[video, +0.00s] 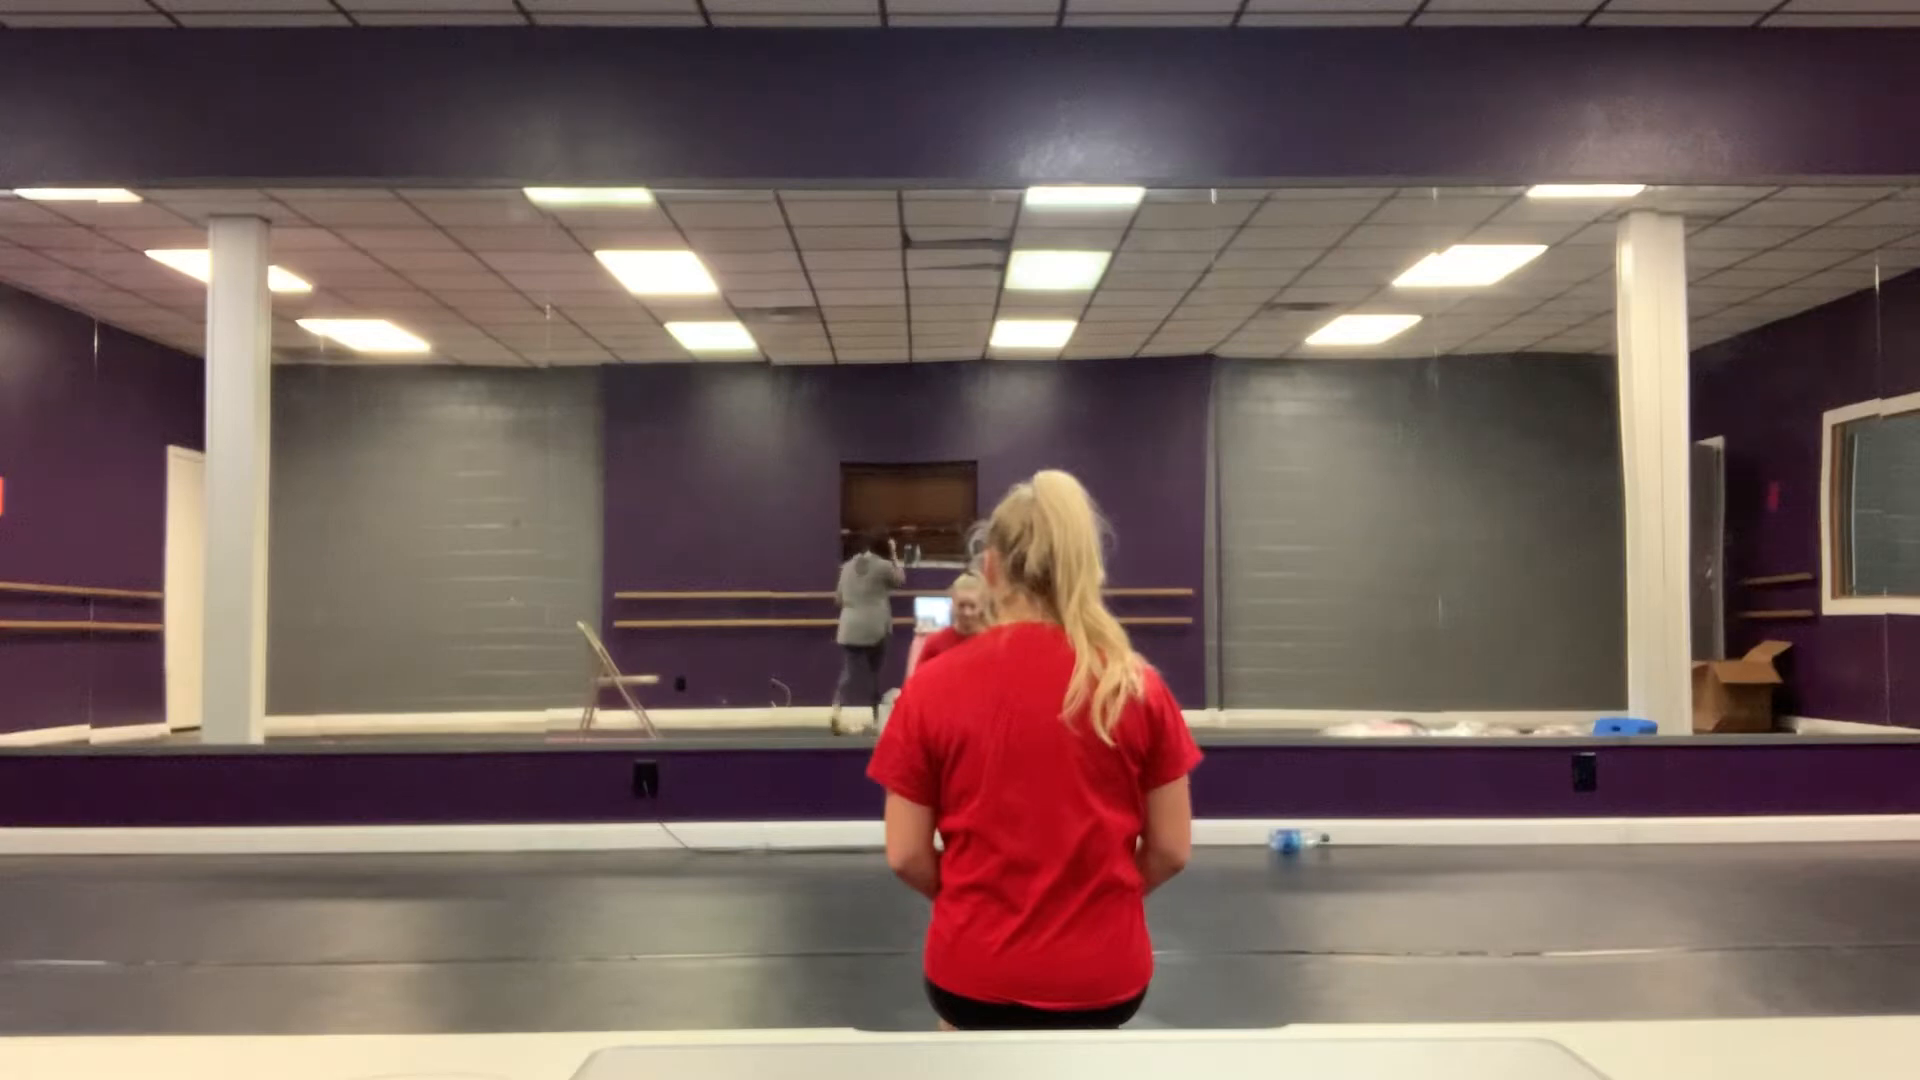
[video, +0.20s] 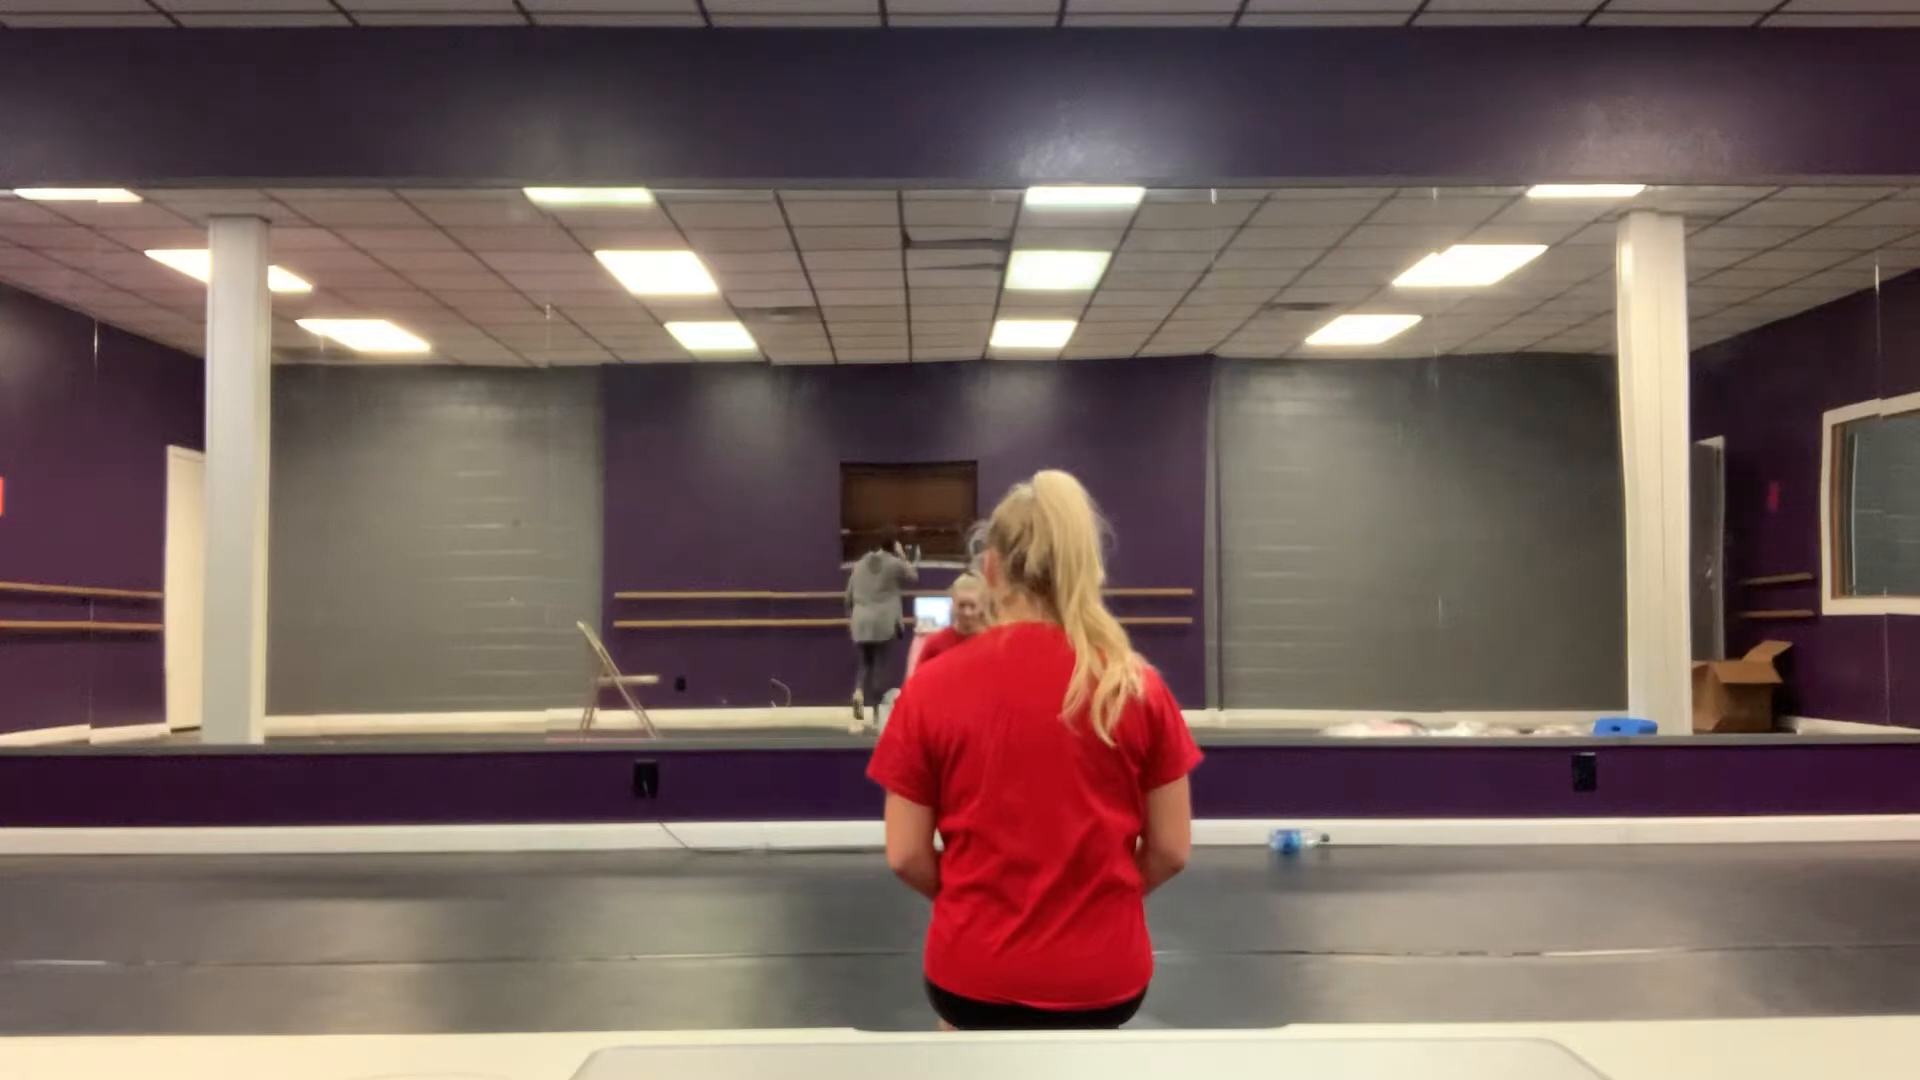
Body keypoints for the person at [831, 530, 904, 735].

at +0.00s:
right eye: (885, 545)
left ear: (861, 545)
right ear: (880, 547)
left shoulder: (847, 567)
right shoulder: (881, 565)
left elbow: (839, 597)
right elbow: (900, 578)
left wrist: (854, 601)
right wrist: (894, 555)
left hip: (850, 620)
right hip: (876, 620)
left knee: (849, 668)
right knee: (873, 670)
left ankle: (838, 703)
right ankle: (873, 713)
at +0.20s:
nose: (899, 546)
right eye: (898, 543)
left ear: (876, 542)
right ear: (893, 544)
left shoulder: (860, 564)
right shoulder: (894, 563)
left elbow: (849, 594)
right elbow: (913, 576)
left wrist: (850, 611)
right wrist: (903, 557)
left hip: (861, 615)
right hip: (885, 615)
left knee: (863, 662)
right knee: (881, 665)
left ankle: (858, 690)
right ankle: (876, 709)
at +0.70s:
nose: (913, 546)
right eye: (911, 543)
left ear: (889, 544)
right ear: (907, 545)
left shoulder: (880, 566)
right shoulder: (910, 566)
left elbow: (871, 593)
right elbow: (923, 590)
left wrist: (872, 611)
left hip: (880, 621)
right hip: (903, 621)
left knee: (886, 667)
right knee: (901, 668)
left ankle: (881, 699)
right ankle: (893, 700)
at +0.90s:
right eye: (919, 543)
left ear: (900, 545)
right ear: (918, 545)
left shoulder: (891, 565)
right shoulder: (921, 567)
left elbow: (882, 592)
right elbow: (925, 593)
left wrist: (891, 602)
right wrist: (940, 594)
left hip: (888, 621)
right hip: (909, 622)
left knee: (889, 664)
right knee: (905, 666)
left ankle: (887, 696)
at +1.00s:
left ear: (906, 546)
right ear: (925, 546)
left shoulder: (897, 567)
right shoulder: (930, 569)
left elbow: (889, 594)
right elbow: (934, 596)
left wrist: (897, 606)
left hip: (897, 621)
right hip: (920, 622)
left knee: (894, 662)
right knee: (916, 663)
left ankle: (890, 695)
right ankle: (913, 699)